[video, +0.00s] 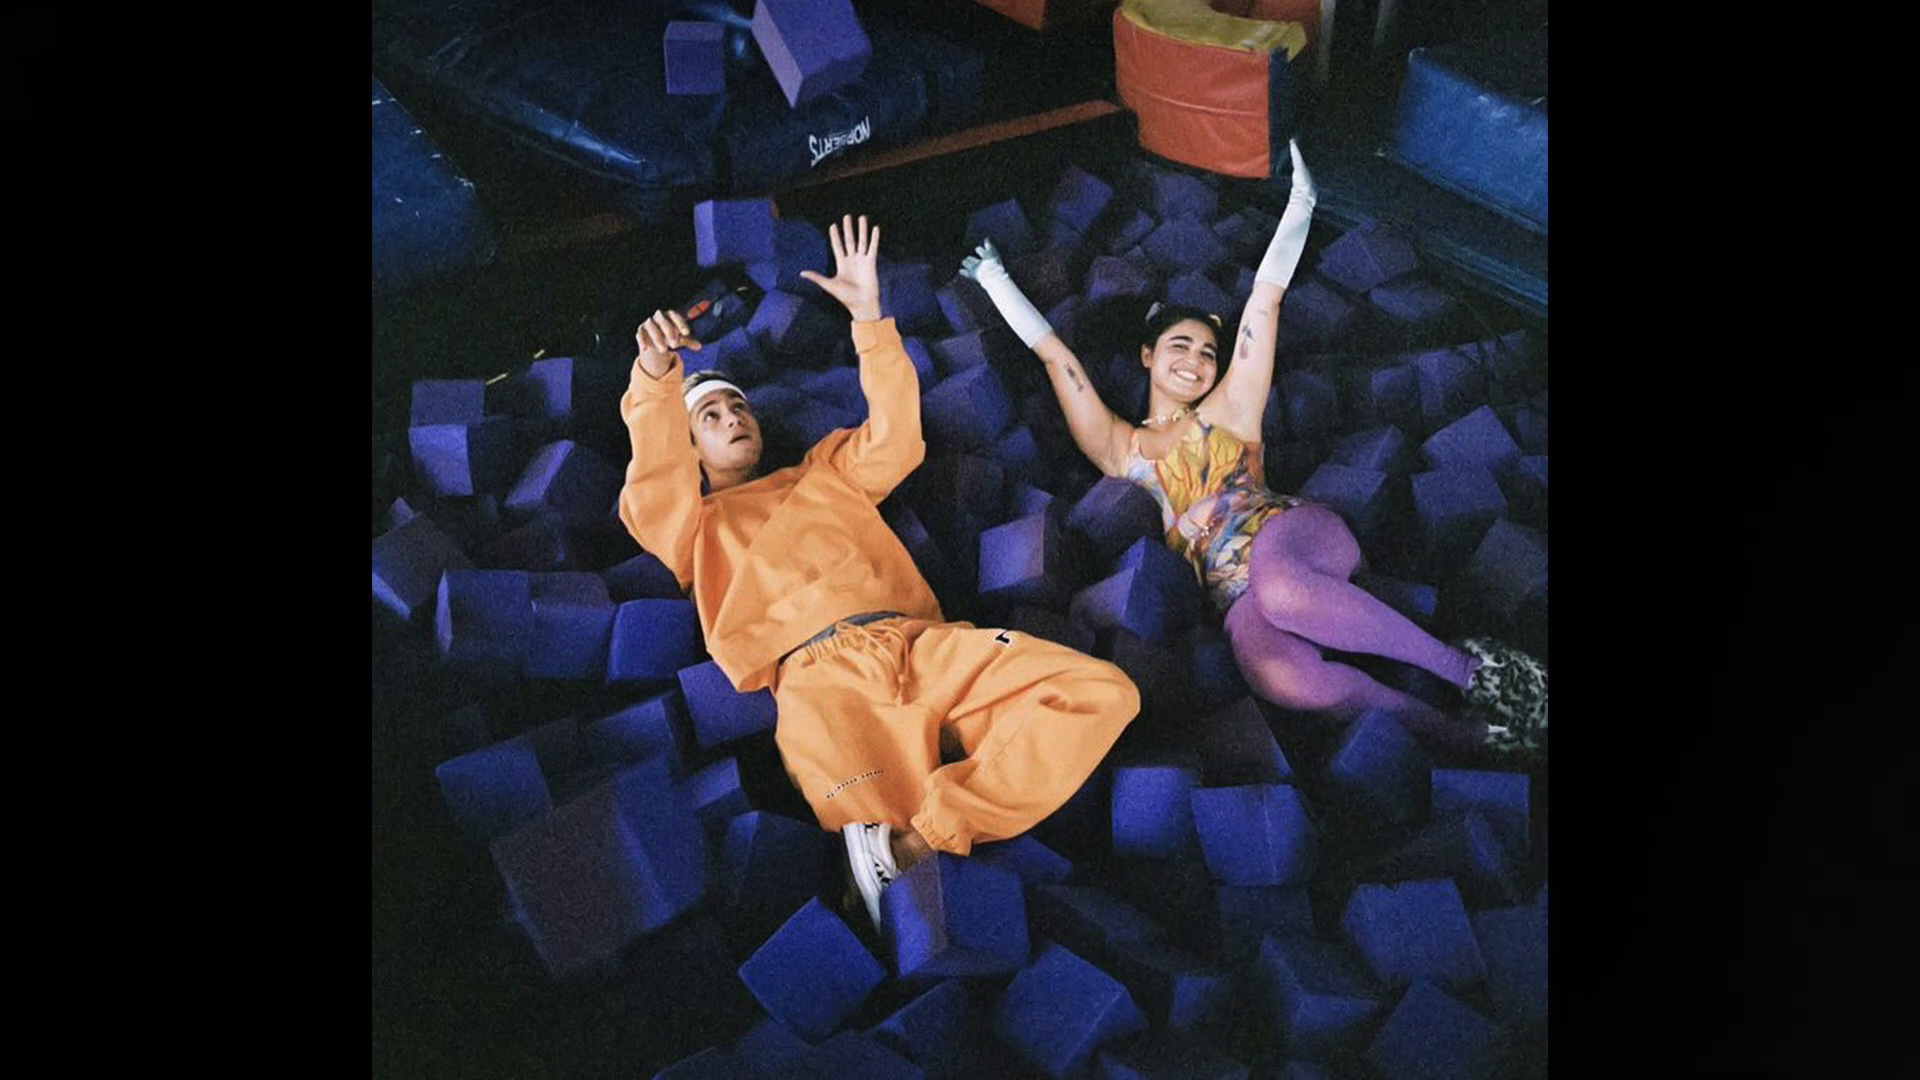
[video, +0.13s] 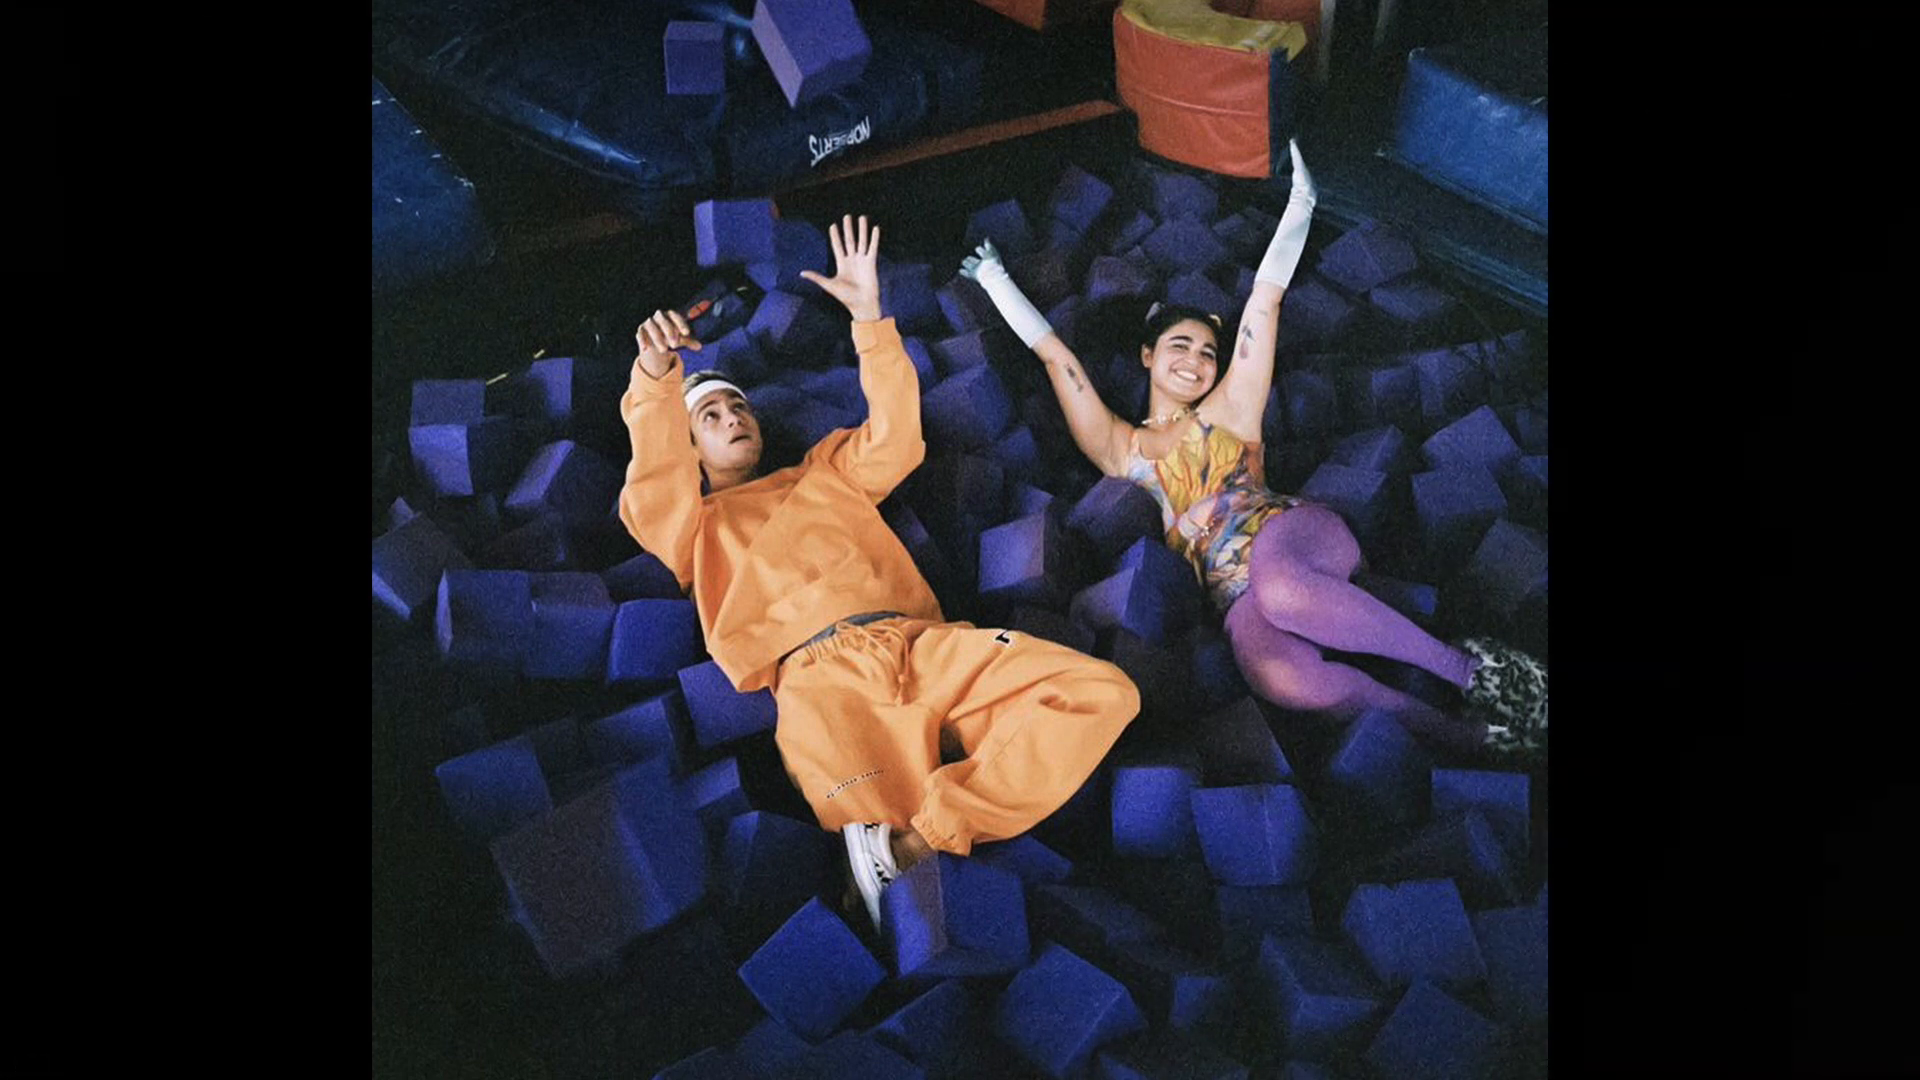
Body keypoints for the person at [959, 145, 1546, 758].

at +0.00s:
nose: (1191, 360)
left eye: (1204, 353)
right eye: (1176, 346)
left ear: (1216, 370)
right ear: (1145, 358)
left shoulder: (1230, 411)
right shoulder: (1122, 448)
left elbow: (1264, 304)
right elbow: (1057, 359)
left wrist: (1298, 209)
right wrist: (992, 277)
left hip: (1289, 531)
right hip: (1239, 597)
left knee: (1278, 593)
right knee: (1285, 680)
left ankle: (1471, 670)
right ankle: (1461, 732)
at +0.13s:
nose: (1190, 359)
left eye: (1204, 353)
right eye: (1176, 346)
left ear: (1216, 370)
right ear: (1145, 358)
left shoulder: (1230, 411)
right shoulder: (1122, 449)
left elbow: (1264, 305)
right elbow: (1057, 359)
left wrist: (1299, 209)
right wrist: (992, 277)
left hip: (1288, 531)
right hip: (1238, 596)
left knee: (1279, 593)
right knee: (1286, 680)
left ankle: (1471, 671)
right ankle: (1462, 733)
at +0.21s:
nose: (1190, 359)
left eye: (1204, 353)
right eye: (1176, 346)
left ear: (1216, 370)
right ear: (1145, 359)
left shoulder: (1230, 410)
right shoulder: (1123, 448)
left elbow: (1264, 304)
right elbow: (1057, 359)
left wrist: (1298, 208)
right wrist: (992, 277)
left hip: (1290, 532)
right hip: (1239, 598)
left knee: (1278, 593)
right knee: (1286, 680)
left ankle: (1471, 670)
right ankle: (1459, 732)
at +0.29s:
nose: (1190, 359)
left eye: (1204, 353)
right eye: (1176, 346)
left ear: (1216, 370)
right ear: (1145, 358)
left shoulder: (1230, 410)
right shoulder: (1122, 449)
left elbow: (1264, 305)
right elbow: (1057, 359)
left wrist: (1298, 209)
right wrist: (992, 277)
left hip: (1289, 532)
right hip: (1239, 597)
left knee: (1279, 593)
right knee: (1285, 679)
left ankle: (1471, 670)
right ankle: (1461, 732)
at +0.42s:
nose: (1190, 359)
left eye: (1204, 353)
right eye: (1176, 346)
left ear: (1216, 370)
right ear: (1145, 358)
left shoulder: (1230, 411)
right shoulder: (1122, 449)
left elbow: (1264, 305)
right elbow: (1057, 359)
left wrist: (1299, 209)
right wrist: (992, 277)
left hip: (1288, 531)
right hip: (1238, 596)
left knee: (1279, 593)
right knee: (1286, 680)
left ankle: (1471, 671)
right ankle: (1462, 733)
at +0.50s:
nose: (1190, 359)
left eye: (1204, 353)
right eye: (1176, 346)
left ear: (1216, 370)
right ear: (1145, 358)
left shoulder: (1230, 411)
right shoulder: (1122, 449)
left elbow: (1264, 304)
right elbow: (1057, 359)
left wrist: (1299, 209)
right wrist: (992, 277)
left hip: (1288, 531)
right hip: (1238, 596)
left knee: (1279, 593)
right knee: (1286, 680)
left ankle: (1471, 671)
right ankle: (1462, 733)